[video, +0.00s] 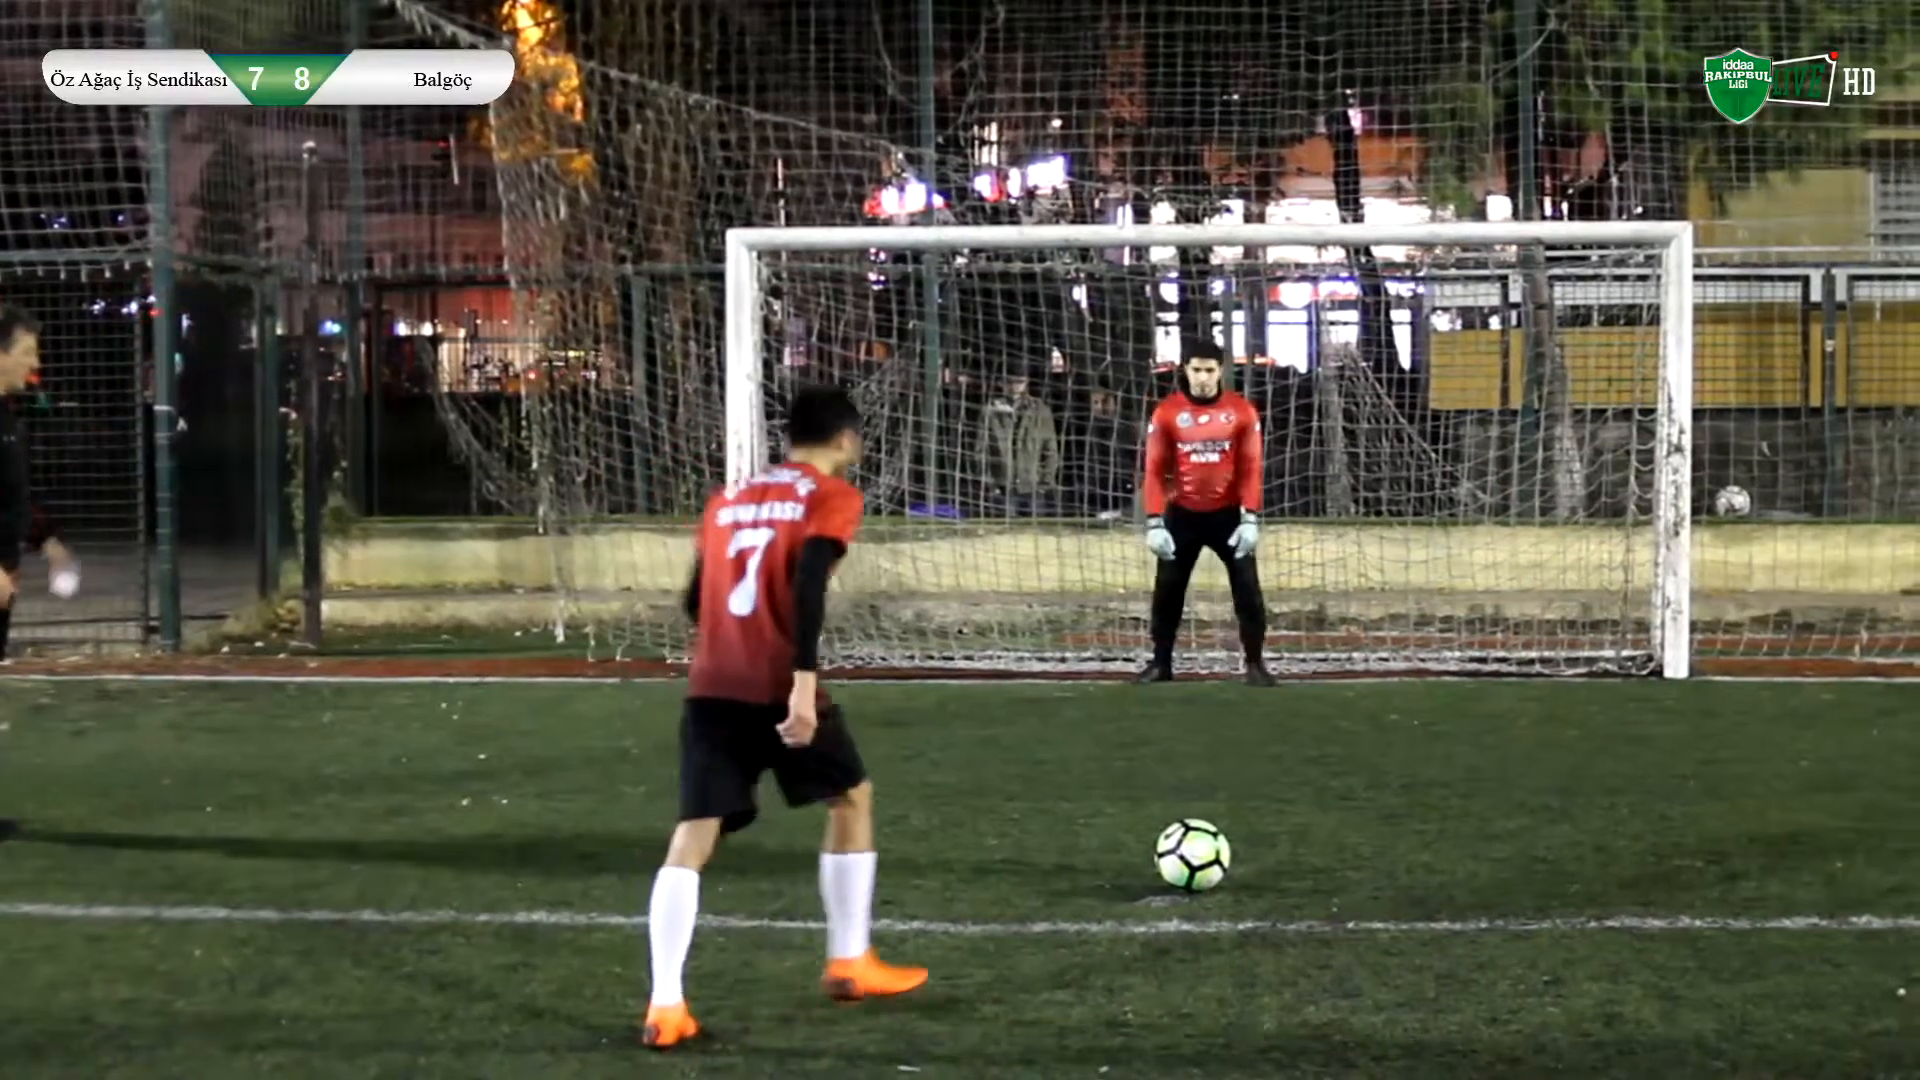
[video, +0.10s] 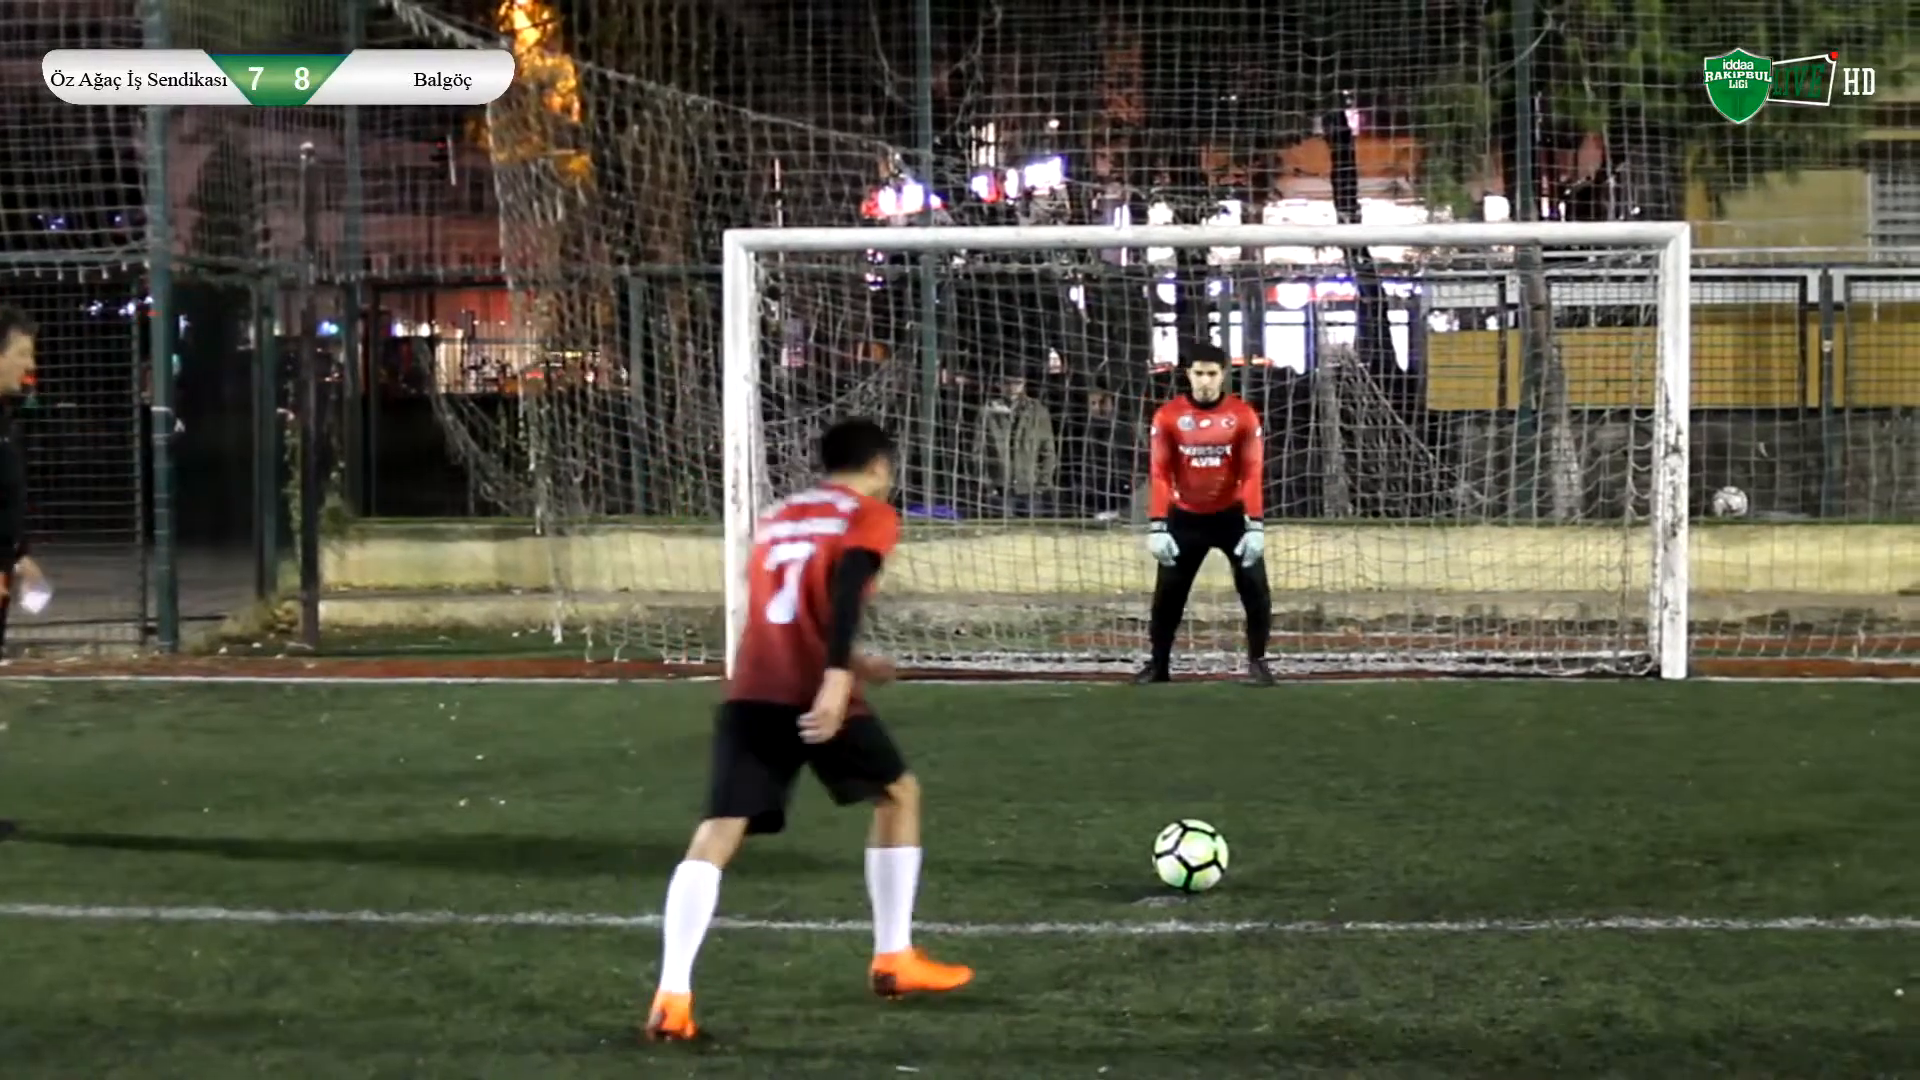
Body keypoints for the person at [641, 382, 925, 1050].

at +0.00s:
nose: (855, 457)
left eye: (854, 446)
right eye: (854, 446)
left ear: (792, 440)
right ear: (841, 443)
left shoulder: (729, 496)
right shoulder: (837, 496)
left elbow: (695, 597)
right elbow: (810, 575)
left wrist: (734, 648)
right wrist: (805, 678)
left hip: (710, 688)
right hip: (782, 688)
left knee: (693, 834)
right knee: (850, 793)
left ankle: (664, 1002)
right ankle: (850, 957)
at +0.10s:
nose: (890, 478)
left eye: (888, 469)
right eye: (890, 468)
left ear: (829, 465)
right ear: (878, 466)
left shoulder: (776, 516)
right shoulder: (874, 512)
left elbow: (775, 613)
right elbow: (849, 575)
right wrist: (837, 671)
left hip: (749, 690)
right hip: (816, 689)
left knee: (718, 832)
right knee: (898, 792)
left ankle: (672, 991)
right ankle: (894, 953)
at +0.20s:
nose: (919, 491)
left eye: (917, 481)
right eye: (917, 481)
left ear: (857, 476)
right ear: (906, 479)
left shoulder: (815, 520)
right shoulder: (906, 521)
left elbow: (815, 612)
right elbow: (888, 587)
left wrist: (893, 647)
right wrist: (886, 671)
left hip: (787, 697)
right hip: (855, 697)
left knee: (757, 831)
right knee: (928, 808)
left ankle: (694, 970)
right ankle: (896, 964)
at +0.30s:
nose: (959, 483)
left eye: (956, 474)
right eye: (956, 474)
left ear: (895, 477)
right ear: (946, 475)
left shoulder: (860, 519)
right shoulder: (956, 526)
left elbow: (815, 546)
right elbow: (983, 610)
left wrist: (868, 572)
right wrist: (1020, 689)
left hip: (848, 697)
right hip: (915, 697)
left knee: (876, 840)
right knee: (961, 828)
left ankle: (801, 906)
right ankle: (903, 962)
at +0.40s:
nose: (971, 462)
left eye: (965, 453)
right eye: (968, 453)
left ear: (910, 458)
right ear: (961, 456)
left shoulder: (874, 499)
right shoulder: (984, 510)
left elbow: (803, 492)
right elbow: (1032, 591)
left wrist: (844, 544)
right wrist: (1089, 647)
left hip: (881, 676)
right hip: (944, 678)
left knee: (948, 799)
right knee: (969, 818)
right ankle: (913, 945)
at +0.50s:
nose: (985, 429)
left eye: (981, 421)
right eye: (981, 421)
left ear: (926, 433)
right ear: (974, 426)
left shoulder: (899, 487)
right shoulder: (1009, 484)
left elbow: (806, 506)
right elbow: (1075, 555)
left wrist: (818, 565)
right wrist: (1138, 581)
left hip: (948, 664)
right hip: (1006, 657)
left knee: (1021, 764)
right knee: (1015, 784)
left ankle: (1060, 863)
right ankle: (958, 849)